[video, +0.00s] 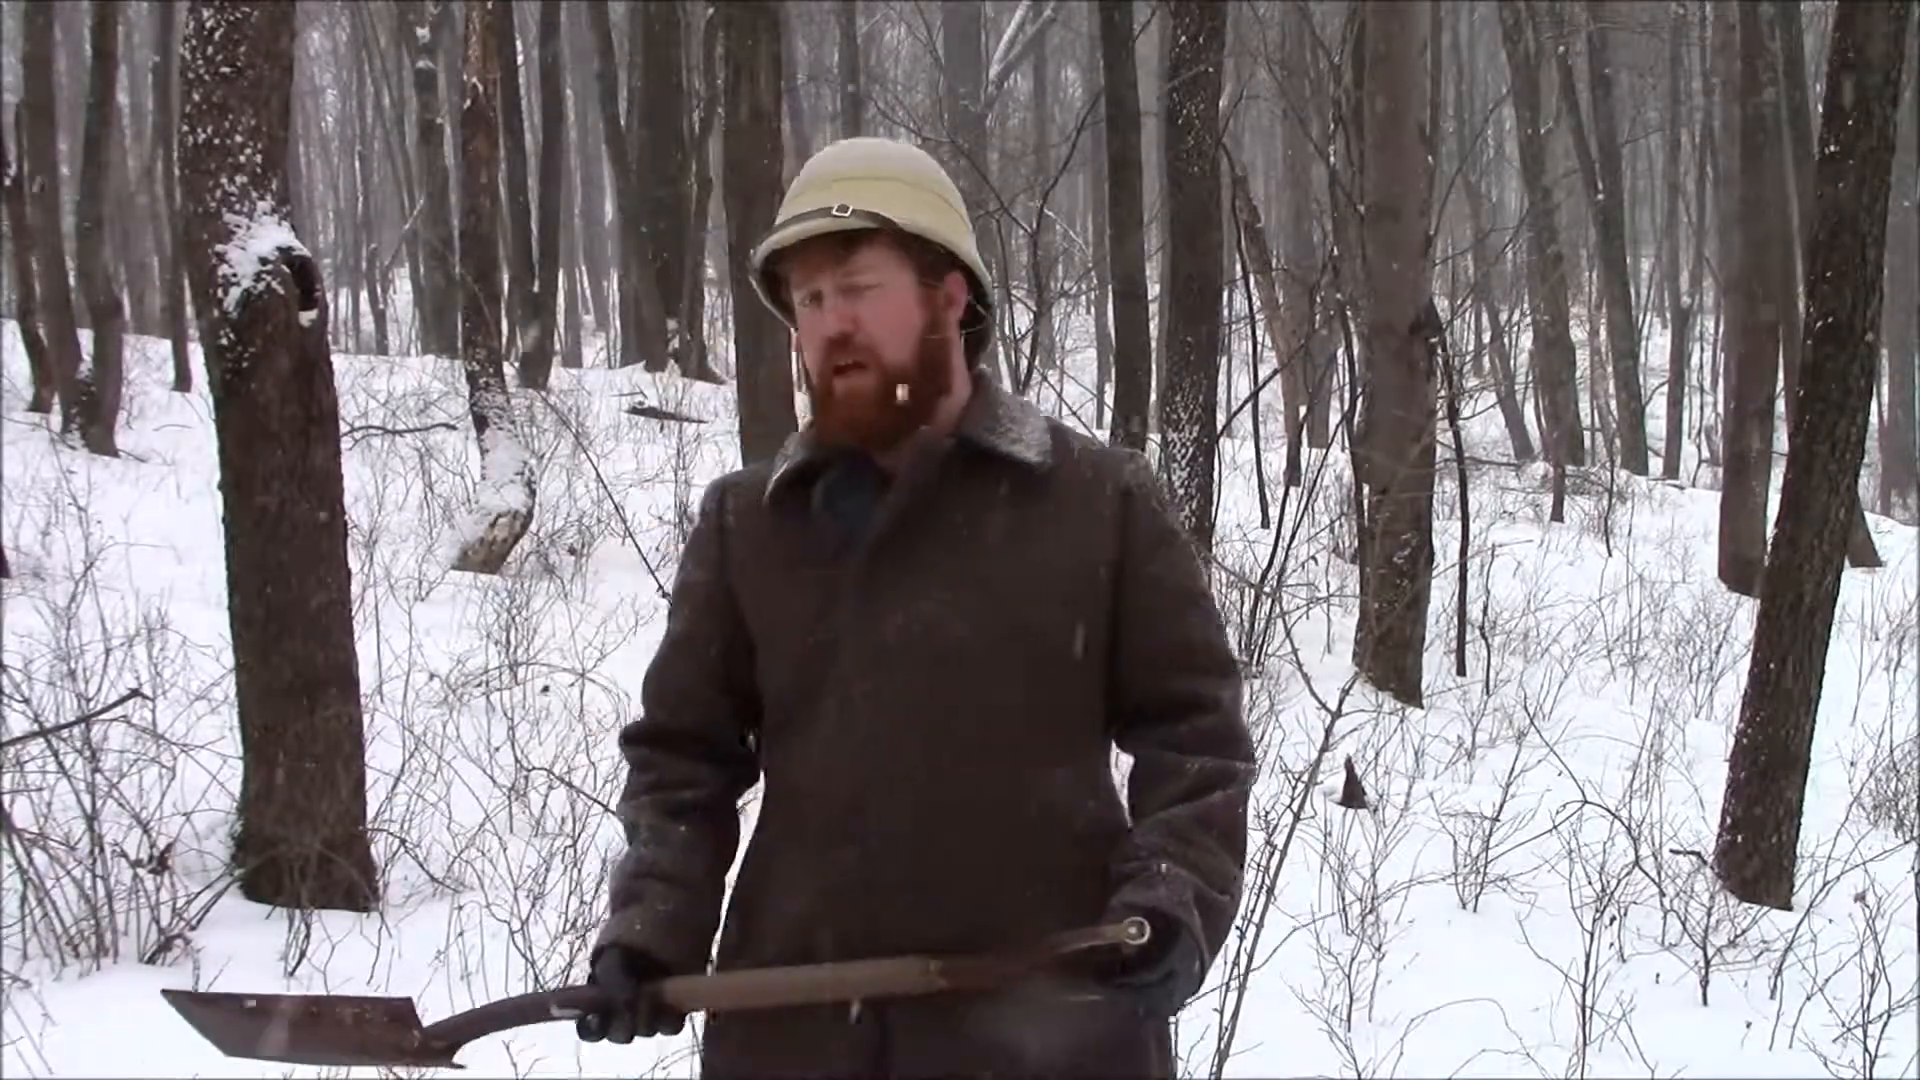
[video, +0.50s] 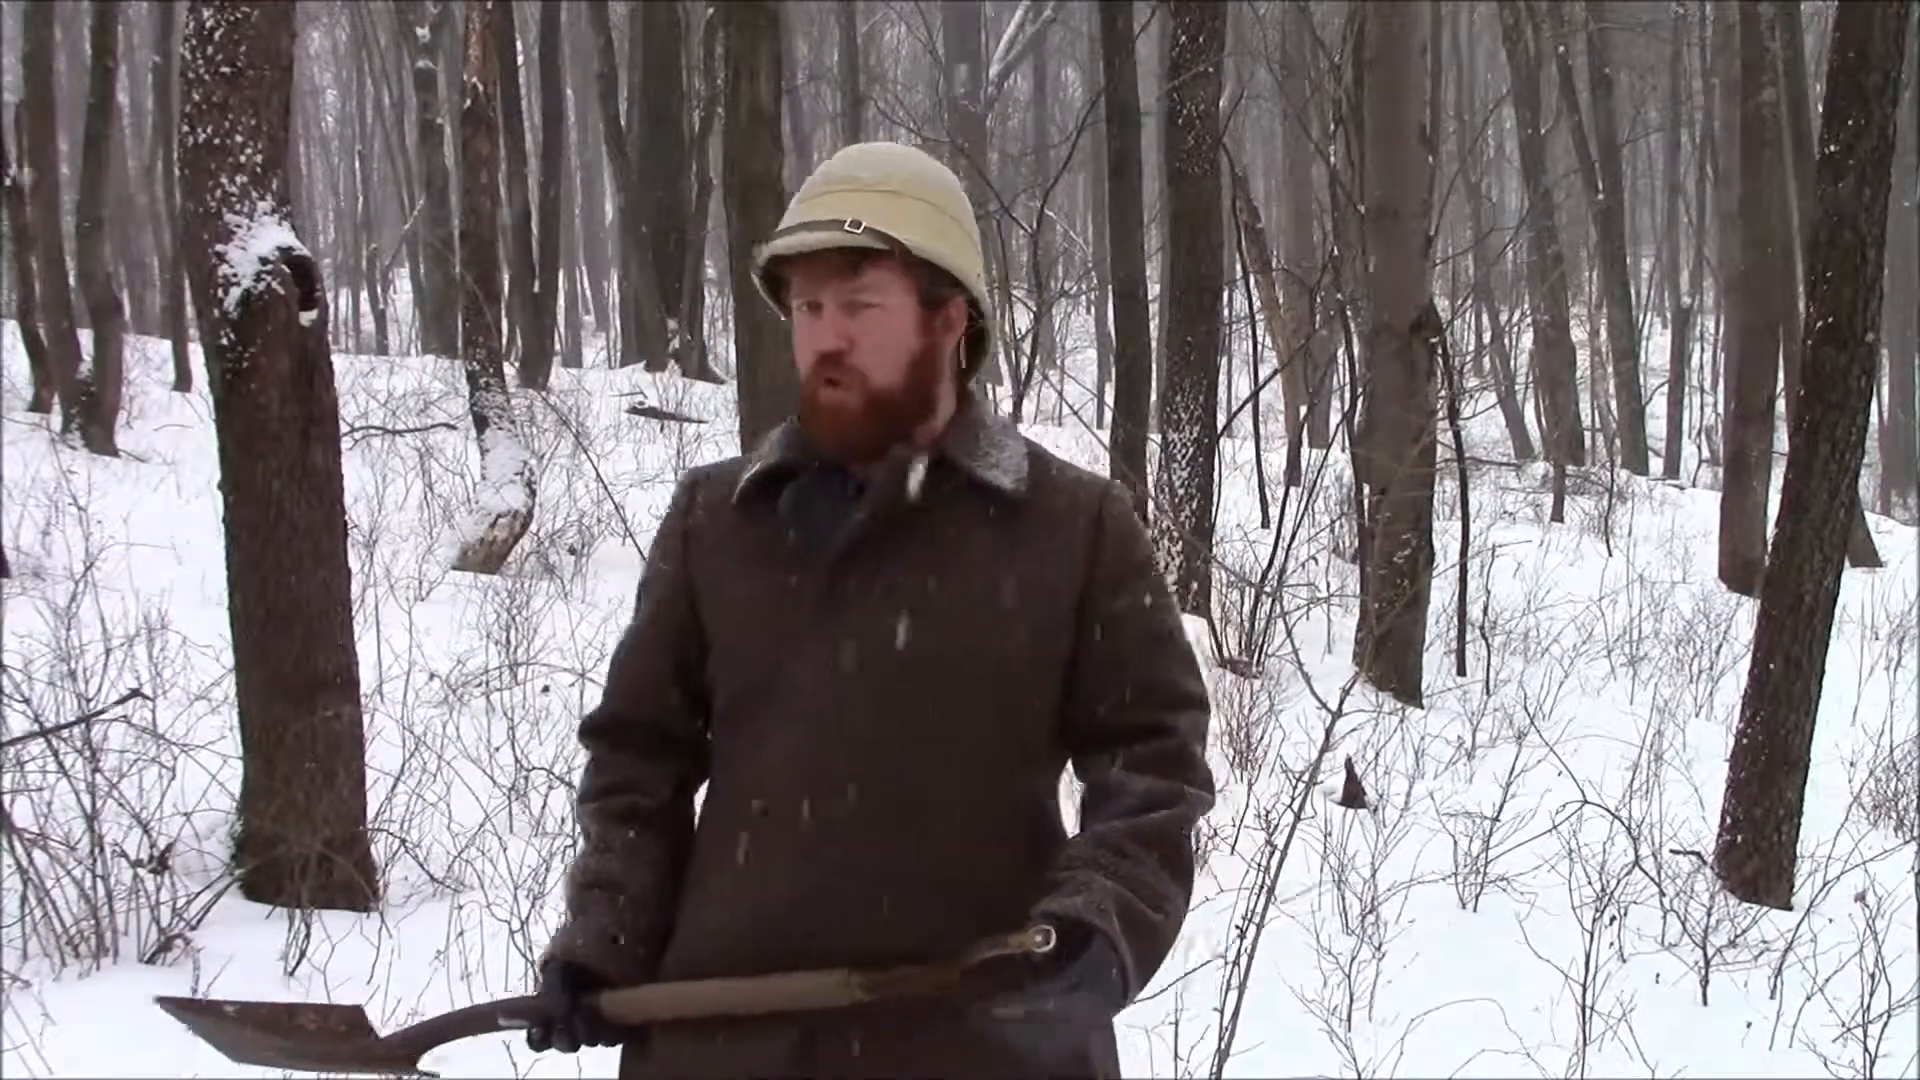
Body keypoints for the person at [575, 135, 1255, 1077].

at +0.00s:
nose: (829, 327)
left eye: (858, 290)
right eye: (808, 301)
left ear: (949, 297)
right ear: (791, 327)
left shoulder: (1100, 502)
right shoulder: (741, 523)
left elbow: (1194, 733)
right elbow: (683, 756)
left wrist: (1173, 891)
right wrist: (649, 933)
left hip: (1044, 1024)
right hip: (791, 1026)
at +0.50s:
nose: (822, 340)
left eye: (857, 301)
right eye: (804, 308)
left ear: (950, 318)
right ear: (784, 321)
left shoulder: (1076, 528)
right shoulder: (712, 519)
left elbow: (1154, 762)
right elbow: (638, 752)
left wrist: (1101, 921)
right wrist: (602, 939)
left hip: (976, 1038)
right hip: (717, 1040)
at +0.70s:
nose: (738, 363)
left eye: (774, 324)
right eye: (718, 329)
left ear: (864, 339)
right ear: (695, 343)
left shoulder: (991, 556)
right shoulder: (614, 540)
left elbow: (1068, 826)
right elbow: (539, 800)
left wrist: (1005, 985)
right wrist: (500, 1023)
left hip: (879, 1048)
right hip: (625, 1051)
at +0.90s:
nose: (645, 344)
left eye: (680, 305)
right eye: (619, 308)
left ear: (766, 312)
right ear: (588, 318)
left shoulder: (898, 512)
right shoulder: (501, 510)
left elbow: (979, 750)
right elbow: (418, 771)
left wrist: (944, 923)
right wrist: (390, 1012)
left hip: (833, 1043)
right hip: (563, 1045)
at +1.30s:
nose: (521, 336)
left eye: (551, 289)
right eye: (497, 302)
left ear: (653, 278)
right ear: (476, 313)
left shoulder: (834, 485)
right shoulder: (428, 519)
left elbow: (943, 711)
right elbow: (362, 785)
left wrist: (946, 884)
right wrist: (372, 1005)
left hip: (806, 1040)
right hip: (530, 1052)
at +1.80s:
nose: (547, 364)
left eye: (574, 320)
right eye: (525, 332)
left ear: (681, 293)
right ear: (508, 337)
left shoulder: (887, 474)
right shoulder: (501, 533)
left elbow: (981, 705)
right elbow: (459, 805)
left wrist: (864, 865)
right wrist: (428, 1027)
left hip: (852, 1044)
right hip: (589, 1044)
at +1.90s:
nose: (567, 411)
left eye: (586, 364)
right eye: (542, 380)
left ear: (697, 322)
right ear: (528, 382)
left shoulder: (922, 489)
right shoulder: (548, 558)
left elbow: (1025, 730)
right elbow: (509, 824)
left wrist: (920, 903)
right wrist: (476, 1035)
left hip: (890, 1043)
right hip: (631, 1046)